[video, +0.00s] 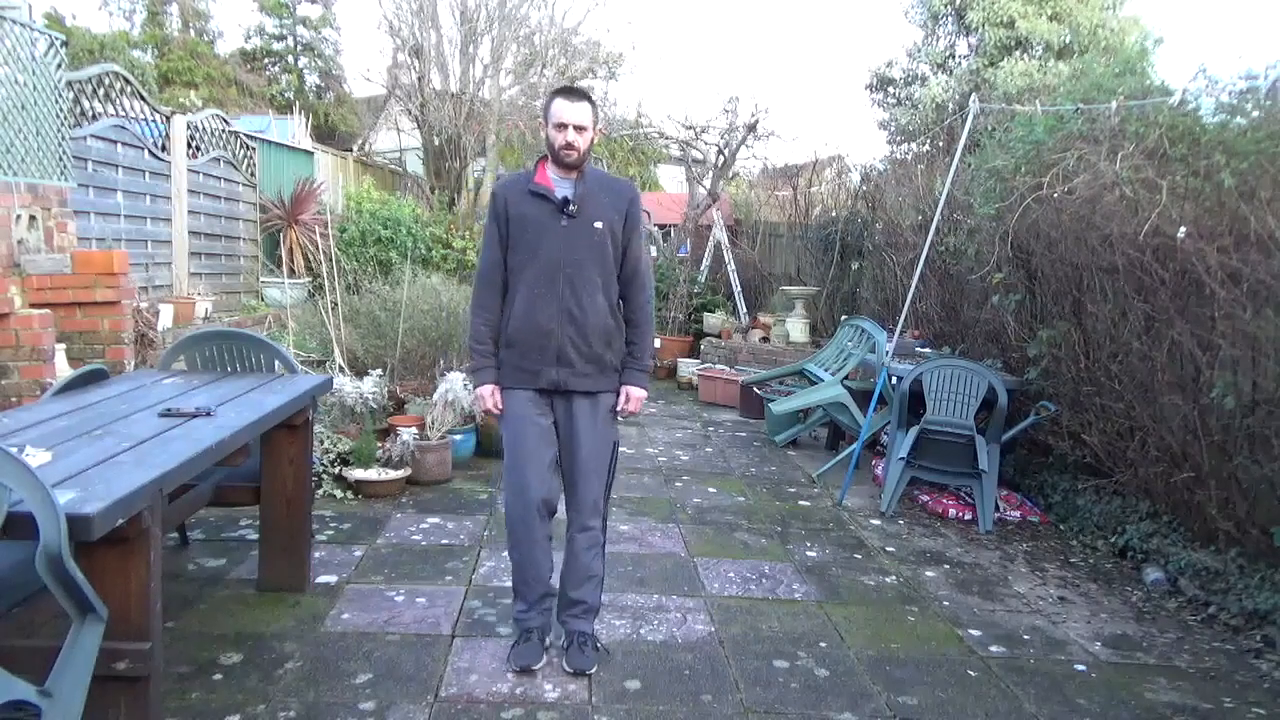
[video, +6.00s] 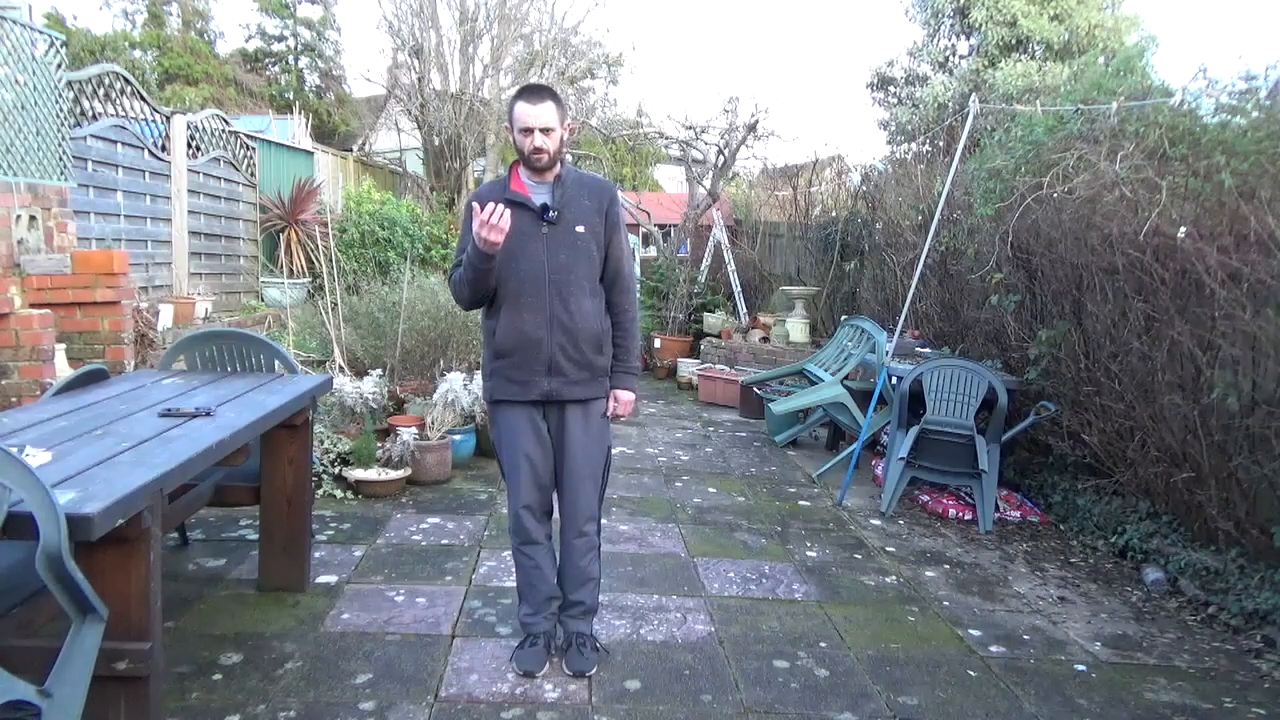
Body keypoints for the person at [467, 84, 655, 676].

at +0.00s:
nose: (570, 136)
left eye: (580, 127)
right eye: (561, 126)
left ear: (595, 133)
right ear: (544, 130)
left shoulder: (621, 196)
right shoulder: (510, 193)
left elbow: (638, 292)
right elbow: (488, 288)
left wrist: (637, 372)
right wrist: (484, 370)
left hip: (596, 378)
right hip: (521, 376)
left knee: (588, 510)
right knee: (529, 501)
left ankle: (580, 627)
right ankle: (529, 623)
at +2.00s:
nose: (543, 136)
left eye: (552, 125)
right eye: (532, 127)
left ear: (573, 125)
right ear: (520, 131)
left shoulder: (607, 194)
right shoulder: (494, 198)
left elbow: (627, 291)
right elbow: (475, 296)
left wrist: (628, 376)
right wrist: (477, 379)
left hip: (590, 378)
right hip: (516, 379)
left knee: (584, 509)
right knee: (529, 507)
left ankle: (580, 631)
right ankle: (536, 632)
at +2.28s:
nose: (544, 137)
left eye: (554, 126)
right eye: (533, 127)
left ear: (572, 126)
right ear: (520, 129)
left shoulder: (606, 194)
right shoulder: (494, 199)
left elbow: (627, 290)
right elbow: (461, 283)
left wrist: (628, 375)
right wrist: (491, 300)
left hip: (589, 378)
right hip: (517, 380)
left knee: (584, 510)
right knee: (528, 506)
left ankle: (579, 631)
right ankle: (535, 631)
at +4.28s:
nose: (554, 138)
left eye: (564, 128)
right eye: (544, 127)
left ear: (579, 133)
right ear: (526, 130)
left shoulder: (607, 198)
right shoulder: (493, 199)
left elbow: (626, 293)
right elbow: (467, 292)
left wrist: (628, 377)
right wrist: (492, 266)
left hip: (591, 379)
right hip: (517, 380)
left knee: (583, 512)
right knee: (529, 511)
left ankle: (580, 626)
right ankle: (536, 628)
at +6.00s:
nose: (536, 141)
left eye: (545, 130)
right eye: (525, 132)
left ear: (565, 130)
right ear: (512, 134)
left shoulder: (599, 195)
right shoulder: (487, 198)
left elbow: (622, 292)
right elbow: (466, 295)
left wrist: (625, 375)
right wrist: (483, 249)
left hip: (587, 377)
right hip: (513, 380)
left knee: (582, 512)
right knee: (527, 512)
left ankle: (580, 626)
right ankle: (535, 627)